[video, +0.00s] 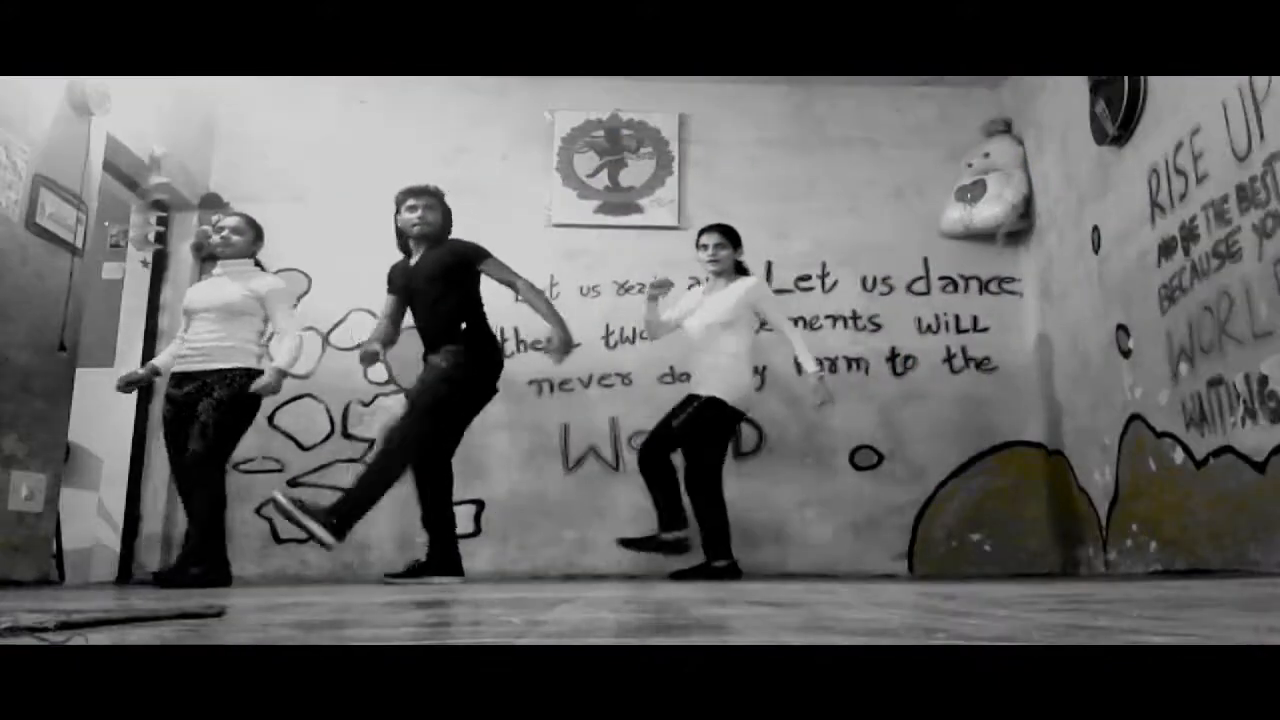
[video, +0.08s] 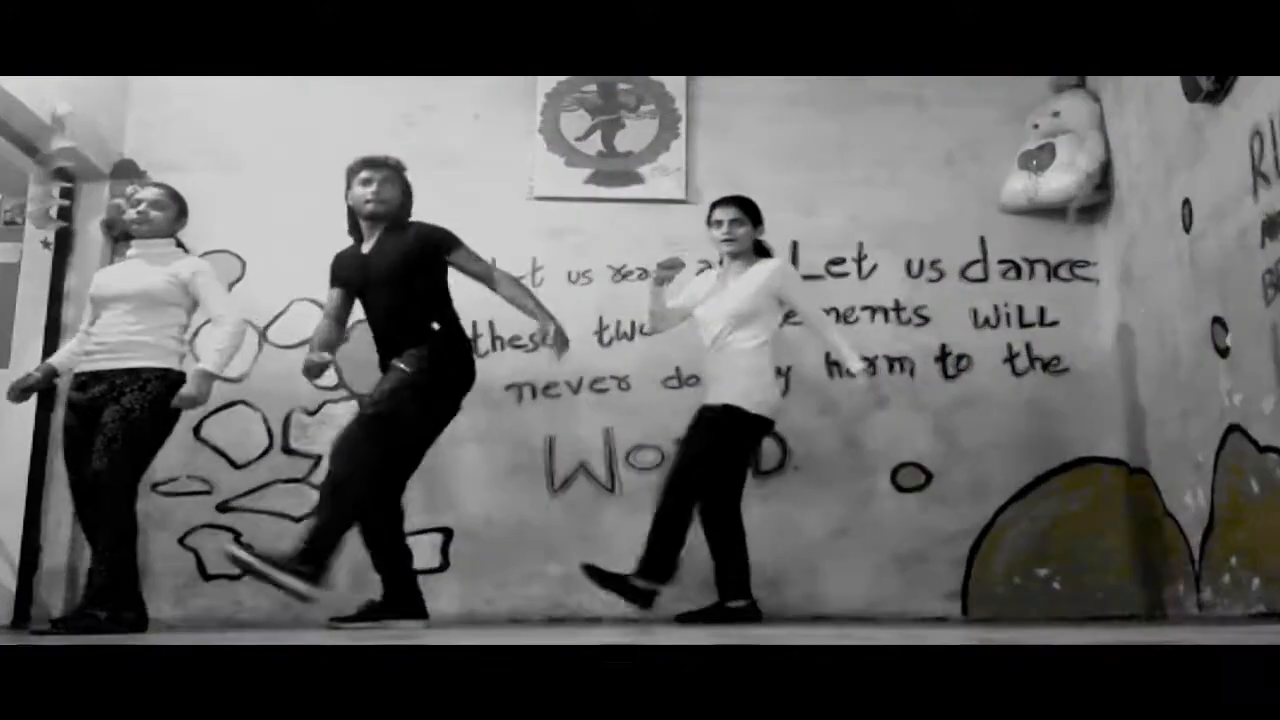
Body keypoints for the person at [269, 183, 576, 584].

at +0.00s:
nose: (419, 213)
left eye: (429, 208)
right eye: (410, 209)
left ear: (445, 219)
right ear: (399, 223)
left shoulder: (458, 252)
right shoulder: (401, 273)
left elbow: (518, 284)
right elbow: (390, 322)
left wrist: (559, 326)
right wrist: (374, 344)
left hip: (473, 361)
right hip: (442, 367)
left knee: (405, 433)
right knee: (430, 454)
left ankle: (337, 519)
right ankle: (444, 556)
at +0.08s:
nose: (374, 189)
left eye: (385, 183)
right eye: (364, 183)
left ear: (403, 197)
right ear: (349, 199)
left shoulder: (425, 238)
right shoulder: (347, 262)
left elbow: (492, 277)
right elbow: (334, 320)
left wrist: (544, 316)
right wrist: (315, 352)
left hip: (441, 366)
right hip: (399, 375)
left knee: (356, 445)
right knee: (375, 480)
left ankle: (309, 561)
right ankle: (402, 597)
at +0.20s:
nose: (383, 178)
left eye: (395, 172)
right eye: (374, 172)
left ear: (412, 187)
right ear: (358, 187)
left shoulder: (438, 230)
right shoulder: (342, 248)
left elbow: (512, 262)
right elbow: (302, 302)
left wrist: (513, 273)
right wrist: (341, 313)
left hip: (436, 359)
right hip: (384, 367)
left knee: (373, 432)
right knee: (358, 475)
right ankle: (398, 594)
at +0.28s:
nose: (387, 171)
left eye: (398, 165)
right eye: (377, 165)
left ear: (416, 180)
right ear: (360, 180)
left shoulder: (437, 214)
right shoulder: (345, 240)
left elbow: (510, 243)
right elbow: (287, 294)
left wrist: (534, 284)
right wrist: (315, 267)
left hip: (432, 356)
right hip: (375, 366)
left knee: (403, 429)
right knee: (364, 470)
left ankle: (421, 560)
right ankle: (388, 594)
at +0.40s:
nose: (388, 178)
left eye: (400, 173)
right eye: (378, 173)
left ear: (419, 190)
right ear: (363, 193)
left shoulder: (444, 229)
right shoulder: (358, 253)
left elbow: (502, 283)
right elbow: (315, 290)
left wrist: (550, 332)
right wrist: (285, 241)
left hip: (438, 383)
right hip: (372, 386)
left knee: (435, 492)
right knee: (355, 496)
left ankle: (449, 593)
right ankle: (361, 599)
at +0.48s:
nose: (390, 192)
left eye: (401, 187)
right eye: (380, 187)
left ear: (420, 203)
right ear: (366, 205)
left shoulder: (448, 243)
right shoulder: (365, 262)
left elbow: (499, 297)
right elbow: (331, 286)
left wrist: (540, 350)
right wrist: (298, 250)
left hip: (436, 389)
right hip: (374, 390)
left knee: (430, 494)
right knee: (351, 495)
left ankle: (451, 596)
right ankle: (368, 599)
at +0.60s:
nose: (435, 187)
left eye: (445, 181)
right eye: (424, 179)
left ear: (457, 197)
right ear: (402, 190)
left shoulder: (468, 252)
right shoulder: (376, 239)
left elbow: (508, 309)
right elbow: (314, 288)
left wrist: (541, 346)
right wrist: (352, 247)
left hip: (442, 387)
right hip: (376, 387)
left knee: (501, 476)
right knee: (371, 479)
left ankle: (463, 576)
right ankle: (354, 591)